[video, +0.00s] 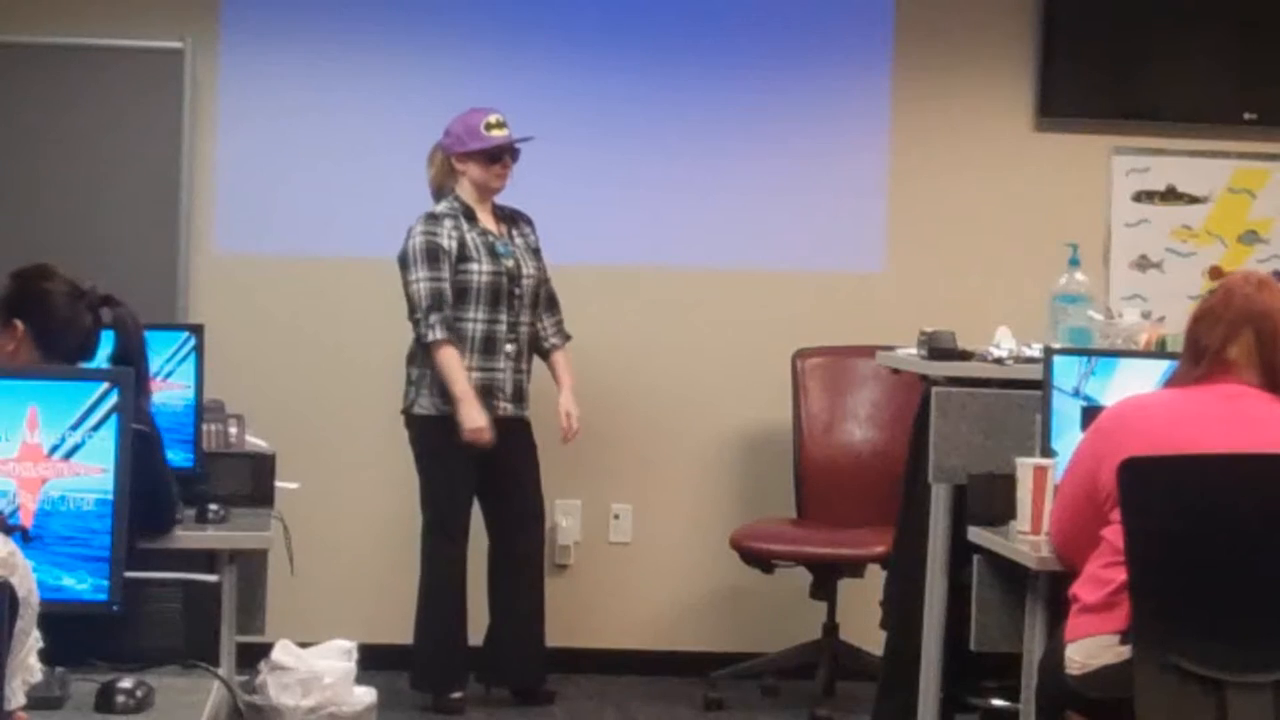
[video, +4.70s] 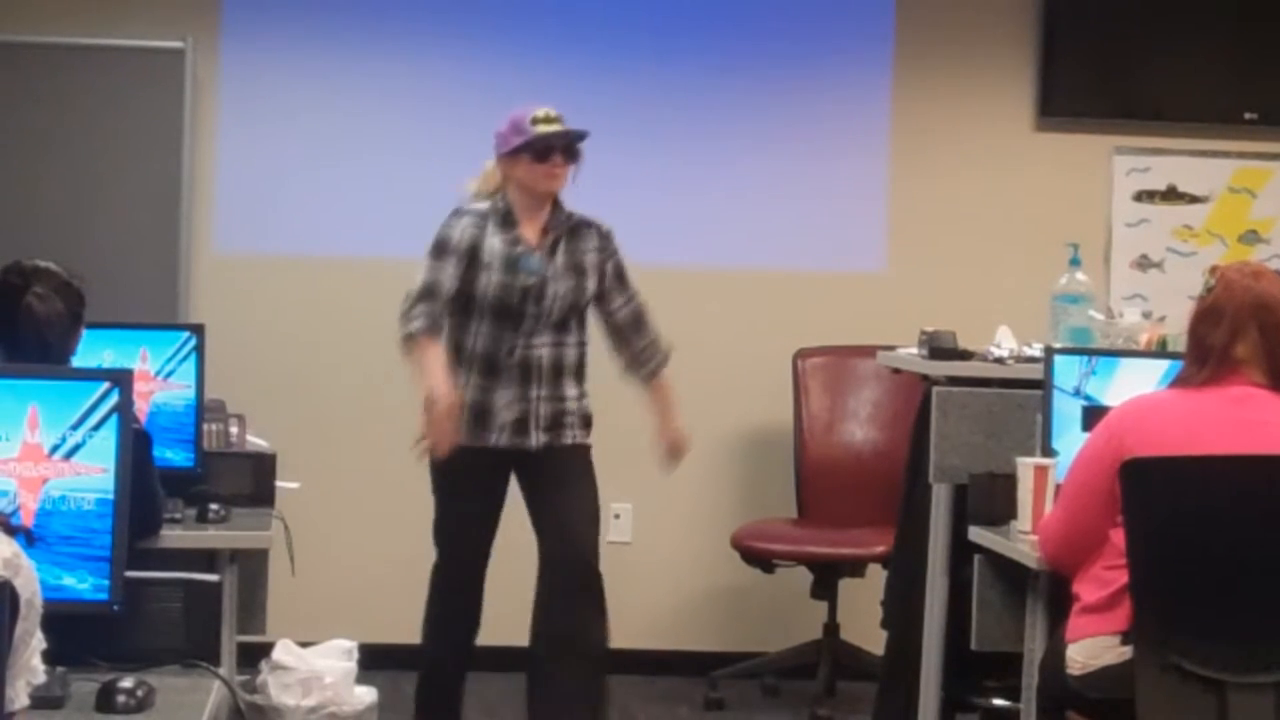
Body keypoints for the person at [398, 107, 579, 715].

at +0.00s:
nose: (504, 165)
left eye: (509, 156)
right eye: (491, 157)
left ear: (511, 162)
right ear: (457, 161)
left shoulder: (520, 229)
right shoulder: (431, 230)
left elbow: (544, 314)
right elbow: (432, 327)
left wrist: (565, 385)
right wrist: (466, 401)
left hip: (507, 415)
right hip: (442, 413)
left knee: (521, 542)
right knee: (446, 546)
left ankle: (519, 672)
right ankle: (441, 680)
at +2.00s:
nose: (495, 160)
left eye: (499, 151)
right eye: (480, 152)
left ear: (502, 160)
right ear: (448, 161)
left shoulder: (517, 230)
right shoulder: (424, 229)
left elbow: (540, 321)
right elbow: (408, 328)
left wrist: (550, 395)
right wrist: (420, 405)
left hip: (513, 416)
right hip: (450, 415)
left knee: (525, 543)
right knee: (451, 548)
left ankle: (519, 675)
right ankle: (439, 683)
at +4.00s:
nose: (489, 169)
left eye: (503, 162)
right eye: (490, 160)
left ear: (542, 171)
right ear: (499, 170)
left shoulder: (588, 244)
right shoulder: (476, 243)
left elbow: (615, 334)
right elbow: (430, 312)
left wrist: (599, 414)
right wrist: (383, 369)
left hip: (568, 431)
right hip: (487, 428)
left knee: (575, 567)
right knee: (463, 553)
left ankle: (577, 702)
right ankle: (435, 701)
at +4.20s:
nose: (479, 171)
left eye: (493, 164)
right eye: (481, 162)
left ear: (532, 175)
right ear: (490, 174)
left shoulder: (573, 251)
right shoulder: (460, 249)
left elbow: (574, 343)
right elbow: (435, 344)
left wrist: (514, 391)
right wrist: (419, 427)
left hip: (552, 440)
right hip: (466, 437)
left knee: (558, 570)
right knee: (450, 568)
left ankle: (572, 701)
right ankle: (468, 709)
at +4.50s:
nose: (511, 165)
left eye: (526, 155)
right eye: (499, 153)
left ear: (548, 166)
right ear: (483, 162)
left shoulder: (572, 240)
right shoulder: (449, 236)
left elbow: (572, 335)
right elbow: (414, 329)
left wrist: (526, 389)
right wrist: (411, 402)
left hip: (543, 430)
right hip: (457, 426)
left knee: (557, 572)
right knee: (453, 568)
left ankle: (524, 706)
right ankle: (454, 703)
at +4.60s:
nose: (536, 177)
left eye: (547, 168)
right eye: (521, 167)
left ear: (558, 180)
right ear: (492, 178)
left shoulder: (576, 257)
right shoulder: (450, 249)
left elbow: (594, 366)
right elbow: (407, 349)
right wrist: (400, 440)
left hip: (549, 450)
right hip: (460, 449)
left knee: (580, 580)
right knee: (454, 592)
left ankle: (533, 714)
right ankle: (446, 714)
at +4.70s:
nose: (556, 163)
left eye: (564, 154)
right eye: (540, 154)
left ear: (571, 164)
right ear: (506, 161)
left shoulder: (589, 240)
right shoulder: (465, 229)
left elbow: (632, 326)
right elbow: (424, 316)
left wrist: (667, 413)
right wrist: (440, 393)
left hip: (556, 433)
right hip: (471, 430)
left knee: (575, 569)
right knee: (458, 575)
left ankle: (569, 711)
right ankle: (437, 711)